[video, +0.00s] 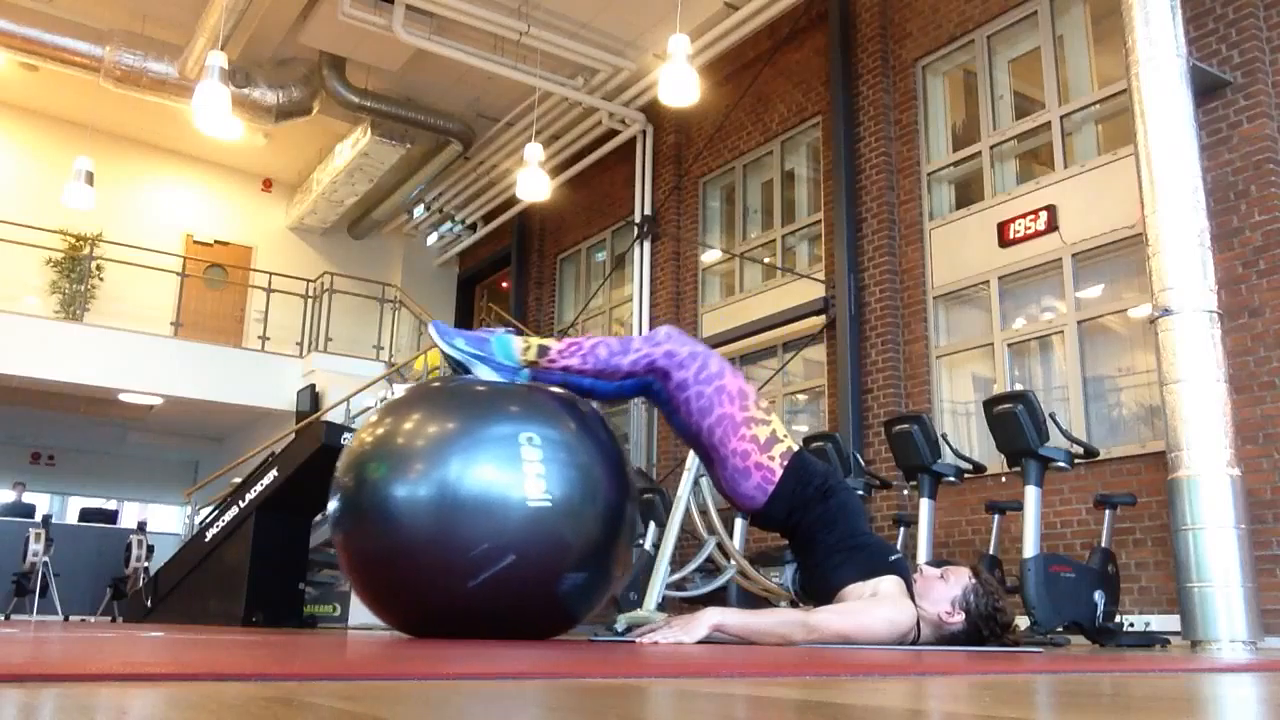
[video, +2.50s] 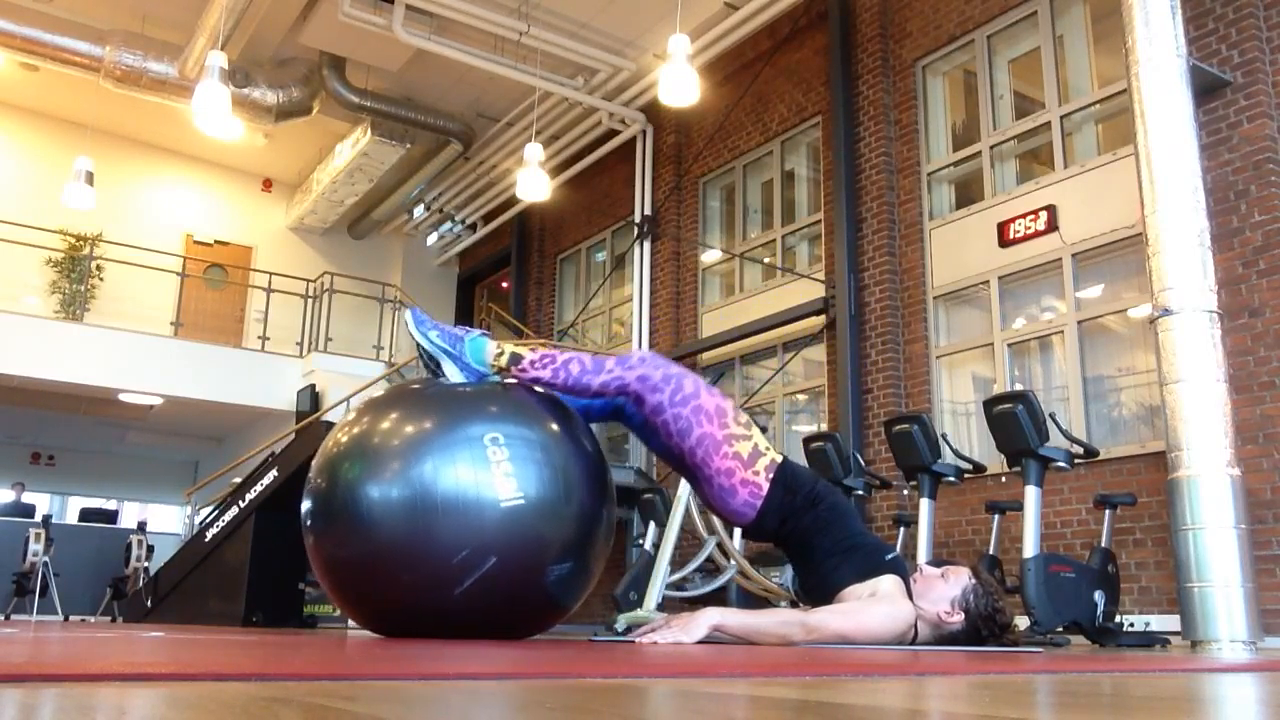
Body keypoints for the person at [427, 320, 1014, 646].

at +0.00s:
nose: (936, 568)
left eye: (949, 580)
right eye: (950, 570)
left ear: (946, 616)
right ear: (946, 605)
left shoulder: (892, 610)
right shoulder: (895, 598)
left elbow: (805, 626)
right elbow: (805, 621)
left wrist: (710, 620)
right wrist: (716, 621)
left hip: (765, 481)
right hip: (780, 469)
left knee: (669, 348)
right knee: (673, 347)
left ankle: (521, 360)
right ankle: (535, 361)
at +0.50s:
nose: (937, 569)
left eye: (949, 580)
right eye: (950, 570)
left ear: (945, 615)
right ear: (944, 606)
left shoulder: (892, 611)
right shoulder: (891, 596)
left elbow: (802, 625)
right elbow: (801, 621)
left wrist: (712, 619)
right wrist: (717, 620)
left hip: (760, 484)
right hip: (769, 471)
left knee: (645, 373)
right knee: (650, 370)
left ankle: (492, 363)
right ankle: (513, 372)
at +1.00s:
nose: (933, 563)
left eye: (945, 575)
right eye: (947, 566)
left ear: (946, 613)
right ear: (944, 614)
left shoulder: (893, 611)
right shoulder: (903, 609)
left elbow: (806, 627)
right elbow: (807, 624)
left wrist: (712, 618)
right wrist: (716, 622)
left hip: (764, 469)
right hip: (781, 476)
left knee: (812, 311)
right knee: (811, 321)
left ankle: (671, 362)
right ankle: (680, 371)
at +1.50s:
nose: (933, 566)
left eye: (945, 577)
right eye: (947, 569)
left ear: (947, 614)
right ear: (946, 612)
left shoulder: (894, 615)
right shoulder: (904, 605)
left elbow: (801, 629)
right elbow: (806, 622)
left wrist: (712, 621)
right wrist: (717, 621)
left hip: (774, 470)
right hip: (799, 474)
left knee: (833, 312)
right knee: (830, 323)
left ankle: (693, 368)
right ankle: (700, 369)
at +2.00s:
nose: (937, 567)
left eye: (950, 580)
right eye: (951, 568)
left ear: (946, 616)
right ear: (944, 603)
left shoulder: (892, 611)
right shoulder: (893, 596)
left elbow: (806, 626)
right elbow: (804, 621)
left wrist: (712, 618)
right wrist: (714, 621)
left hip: (762, 482)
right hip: (777, 467)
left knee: (660, 364)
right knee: (664, 357)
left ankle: (504, 361)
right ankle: (524, 361)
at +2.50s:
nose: (936, 569)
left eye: (949, 581)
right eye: (949, 569)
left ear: (946, 616)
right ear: (942, 595)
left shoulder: (895, 609)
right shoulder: (891, 592)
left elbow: (804, 627)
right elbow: (802, 622)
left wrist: (709, 619)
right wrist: (713, 621)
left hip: (756, 488)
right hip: (766, 475)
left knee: (644, 372)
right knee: (650, 372)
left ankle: (487, 358)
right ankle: (512, 379)